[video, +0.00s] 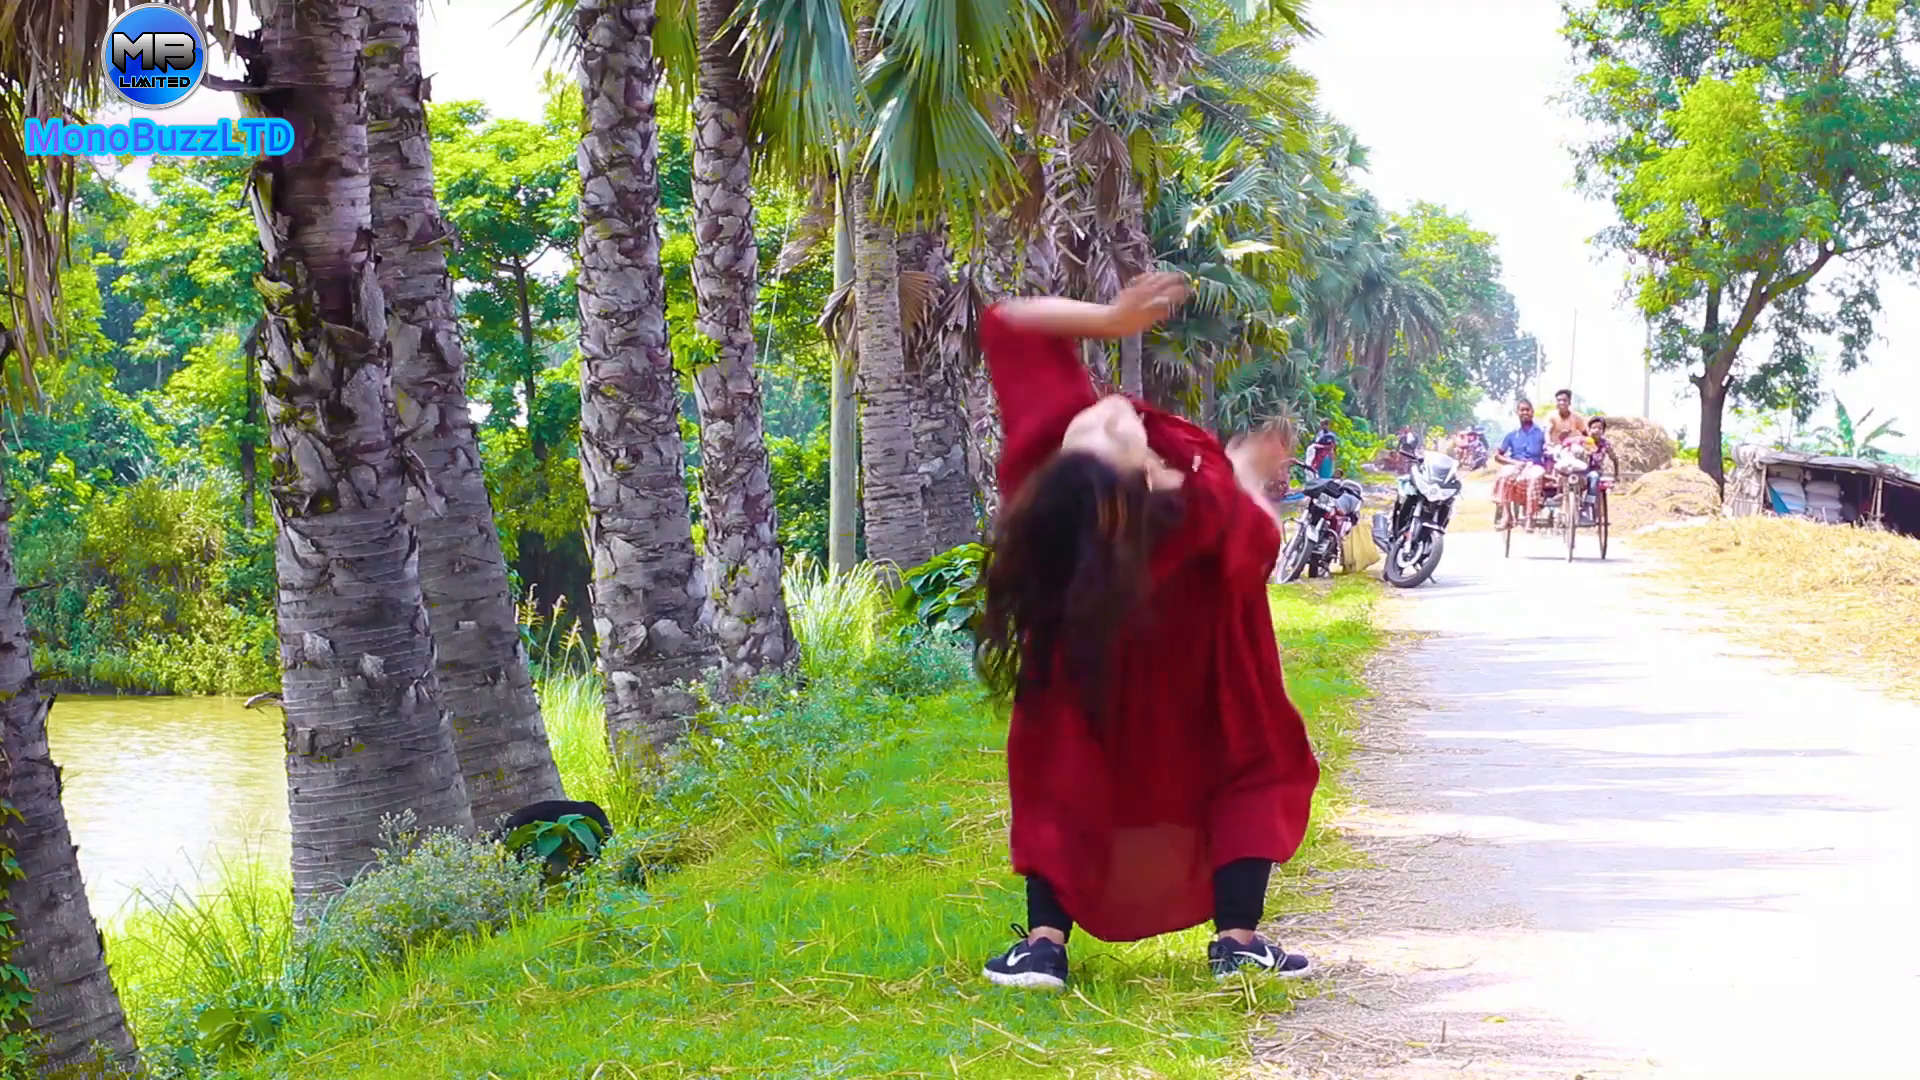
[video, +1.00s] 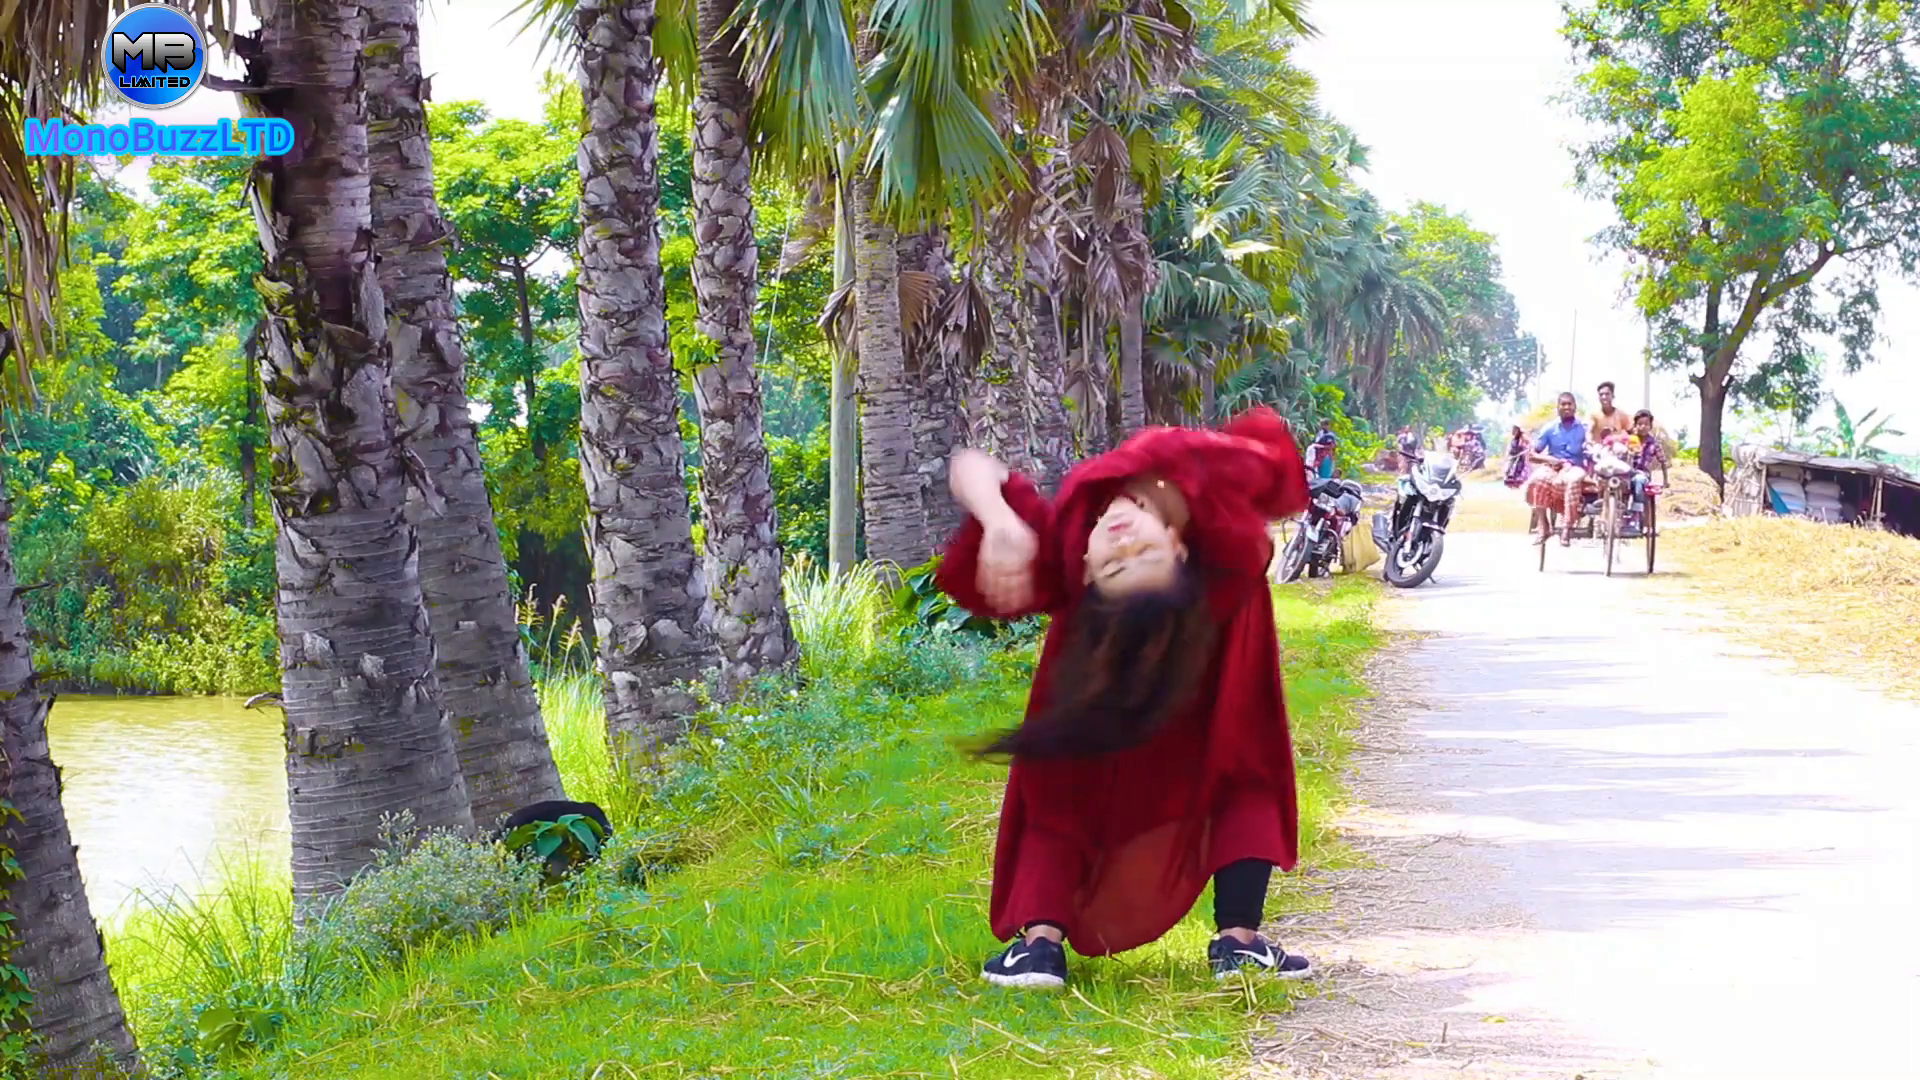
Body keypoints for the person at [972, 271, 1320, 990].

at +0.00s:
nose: (1105, 411)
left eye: (1089, 430)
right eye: (1119, 440)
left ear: (1060, 455)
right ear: (1148, 482)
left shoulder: (1040, 439)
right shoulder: (1201, 505)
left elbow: (1005, 319)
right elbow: (1259, 544)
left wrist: (1111, 319)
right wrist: (1251, 474)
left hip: (1073, 623)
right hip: (1201, 625)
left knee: (1055, 755)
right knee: (1255, 756)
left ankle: (1044, 941)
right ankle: (1239, 936)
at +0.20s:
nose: (1115, 481)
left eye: (1090, 506)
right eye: (1135, 504)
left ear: (1071, 515)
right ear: (1168, 518)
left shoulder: (1043, 512)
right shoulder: (1219, 443)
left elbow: (980, 448)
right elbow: (1298, 394)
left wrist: (1028, 414)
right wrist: (1265, 376)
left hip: (1094, 616)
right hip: (1216, 613)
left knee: (1044, 757)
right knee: (1256, 756)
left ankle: (1042, 943)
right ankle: (1237, 935)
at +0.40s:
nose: (1106, 512)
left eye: (1094, 531)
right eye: (1126, 536)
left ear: (1076, 554)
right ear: (1165, 548)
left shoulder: (1053, 530)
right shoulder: (1215, 497)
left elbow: (1056, 487)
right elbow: (1265, 385)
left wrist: (1106, 425)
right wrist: (1179, 332)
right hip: (1231, 611)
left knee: (1057, 772)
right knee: (1270, 759)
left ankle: (1043, 944)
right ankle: (1241, 937)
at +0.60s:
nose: (1081, 510)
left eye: (1057, 553)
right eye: (1089, 558)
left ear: (1042, 554)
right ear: (1134, 577)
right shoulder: (1193, 545)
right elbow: (1302, 543)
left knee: (1070, 781)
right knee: (1272, 767)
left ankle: (1045, 942)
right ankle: (1242, 936)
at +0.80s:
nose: (1091, 562)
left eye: (1073, 585)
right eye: (1106, 584)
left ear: (1059, 576)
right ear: (1143, 597)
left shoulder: (1040, 506)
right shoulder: (1207, 566)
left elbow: (977, 411)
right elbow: (1285, 564)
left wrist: (1064, 366)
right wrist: (1346, 491)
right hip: (1206, 640)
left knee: (1050, 766)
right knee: (1260, 764)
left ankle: (1041, 943)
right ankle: (1240, 939)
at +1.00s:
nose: (1116, 528)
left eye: (1105, 554)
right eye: (1139, 551)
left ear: (1085, 568)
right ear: (1180, 546)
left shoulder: (1063, 532)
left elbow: (969, 463)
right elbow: (1269, 437)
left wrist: (1001, 524)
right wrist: (1174, 458)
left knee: (1054, 778)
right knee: (1248, 772)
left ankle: (1039, 941)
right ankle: (1239, 936)